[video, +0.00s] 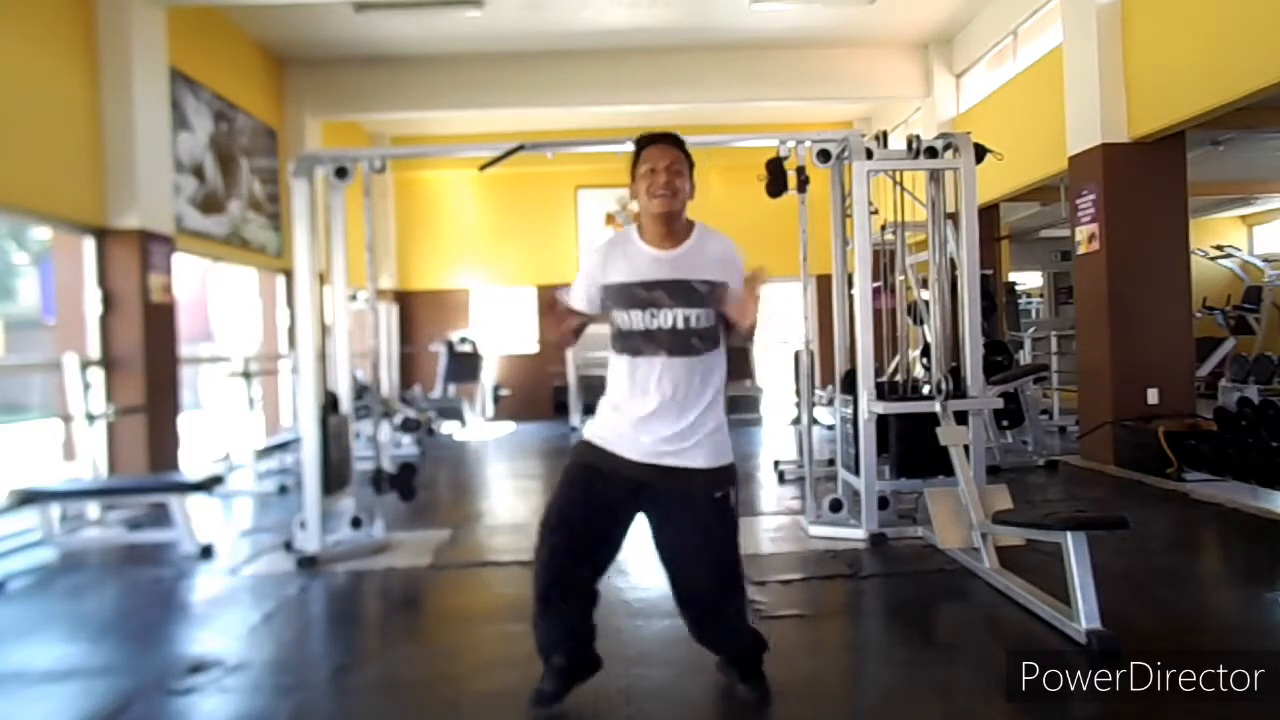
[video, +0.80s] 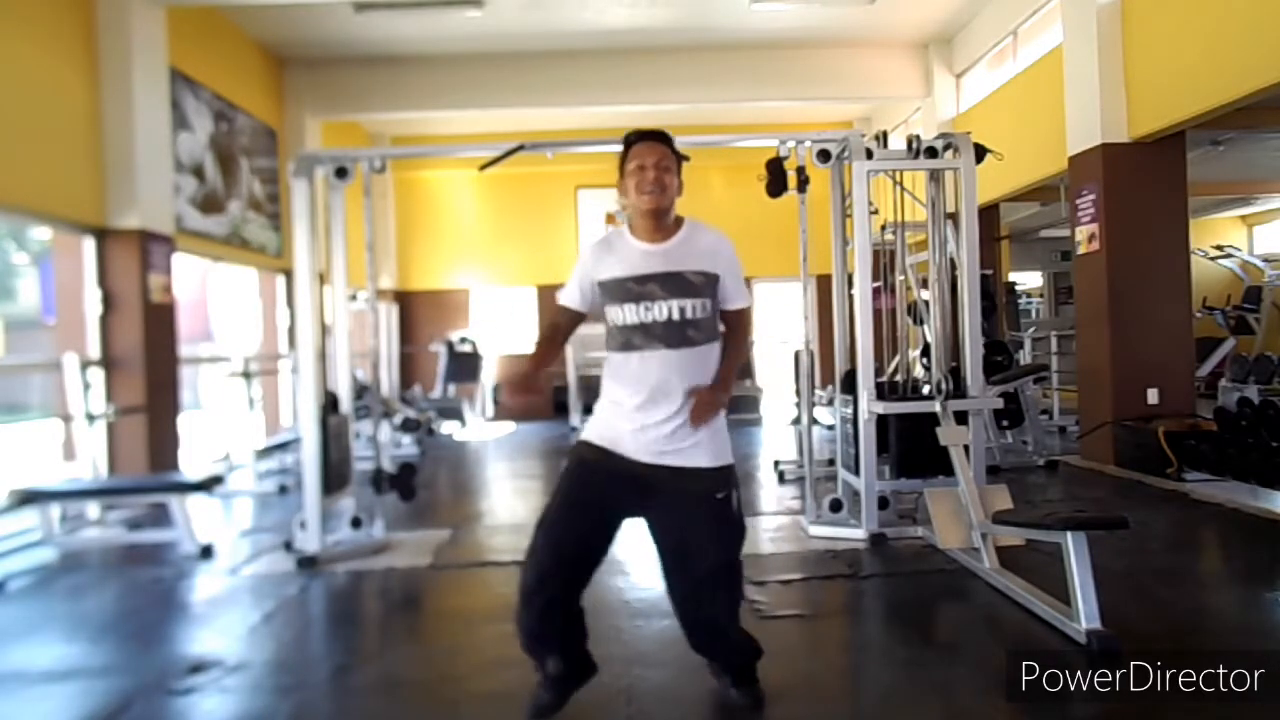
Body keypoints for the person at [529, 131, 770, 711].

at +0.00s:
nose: (663, 180)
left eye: (675, 171)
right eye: (651, 172)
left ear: (692, 183)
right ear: (633, 186)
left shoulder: (720, 254)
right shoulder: (609, 254)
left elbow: (737, 332)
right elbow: (570, 326)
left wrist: (745, 318)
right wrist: (558, 325)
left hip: (695, 446)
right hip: (615, 438)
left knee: (708, 583)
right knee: (560, 554)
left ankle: (742, 659)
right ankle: (566, 658)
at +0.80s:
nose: (652, 177)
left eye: (663, 168)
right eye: (640, 169)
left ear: (680, 180)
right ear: (621, 184)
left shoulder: (715, 248)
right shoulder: (602, 254)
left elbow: (739, 326)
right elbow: (563, 319)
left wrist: (722, 385)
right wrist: (535, 369)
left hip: (693, 447)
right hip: (611, 441)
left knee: (708, 584)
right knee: (545, 576)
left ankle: (735, 669)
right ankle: (562, 666)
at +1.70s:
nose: (651, 150)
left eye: (661, 139)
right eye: (637, 142)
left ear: (679, 152)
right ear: (618, 157)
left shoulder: (705, 221)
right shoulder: (587, 222)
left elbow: (756, 284)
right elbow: (533, 281)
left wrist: (799, 339)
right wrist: (526, 284)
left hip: (684, 431)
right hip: (603, 431)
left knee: (685, 572)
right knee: (604, 572)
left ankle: (686, 699)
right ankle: (614, 696)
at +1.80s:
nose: (655, 162)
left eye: (665, 152)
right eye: (641, 152)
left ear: (677, 163)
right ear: (616, 163)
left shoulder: (705, 232)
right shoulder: (586, 233)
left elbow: (782, 275)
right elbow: (501, 273)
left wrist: (861, 300)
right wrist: (557, 239)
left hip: (684, 453)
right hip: (605, 452)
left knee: (679, 600)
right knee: (616, 606)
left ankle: (676, 704)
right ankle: (618, 706)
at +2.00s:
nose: (694, 180)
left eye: (693, 170)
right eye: (684, 170)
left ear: (663, 172)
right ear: (646, 172)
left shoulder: (707, 233)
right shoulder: (589, 230)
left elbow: (780, 242)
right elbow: (509, 246)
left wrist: (831, 220)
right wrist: (500, 214)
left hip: (683, 444)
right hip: (602, 432)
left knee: (677, 603)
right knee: (557, 539)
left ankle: (677, 703)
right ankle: (603, 611)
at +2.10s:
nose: (692, 176)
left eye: (692, 165)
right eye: (683, 165)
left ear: (668, 168)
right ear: (645, 167)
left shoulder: (698, 230)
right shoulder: (589, 223)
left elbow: (765, 267)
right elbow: (511, 233)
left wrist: (760, 209)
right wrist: (444, 205)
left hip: (680, 440)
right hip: (605, 439)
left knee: (678, 586)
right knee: (593, 586)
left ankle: (668, 701)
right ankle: (612, 698)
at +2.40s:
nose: (642, 169)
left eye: (652, 160)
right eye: (630, 160)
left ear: (666, 173)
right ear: (608, 173)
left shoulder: (696, 232)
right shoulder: (579, 232)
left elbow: (771, 223)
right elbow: (507, 235)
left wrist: (824, 200)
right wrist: (521, 188)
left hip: (684, 439)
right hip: (602, 443)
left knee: (717, 585)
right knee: (614, 588)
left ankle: (684, 654)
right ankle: (609, 697)